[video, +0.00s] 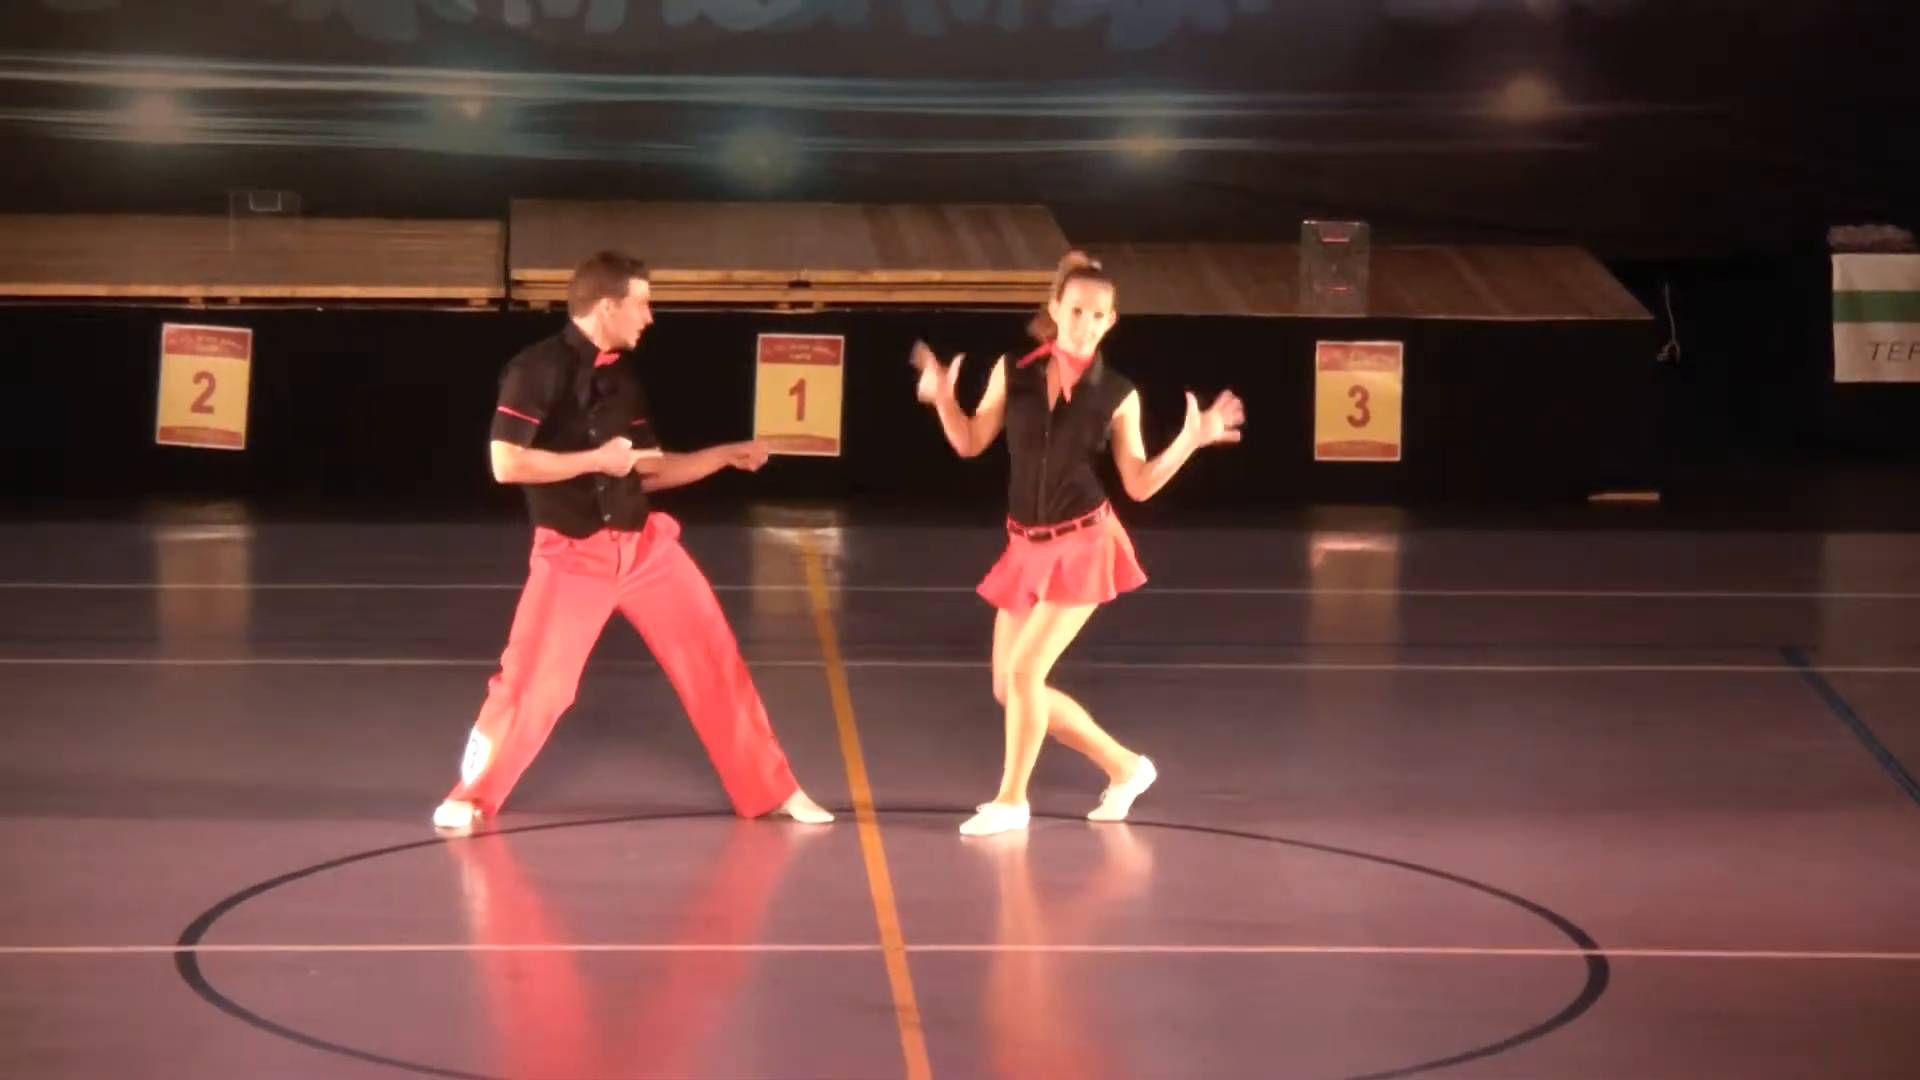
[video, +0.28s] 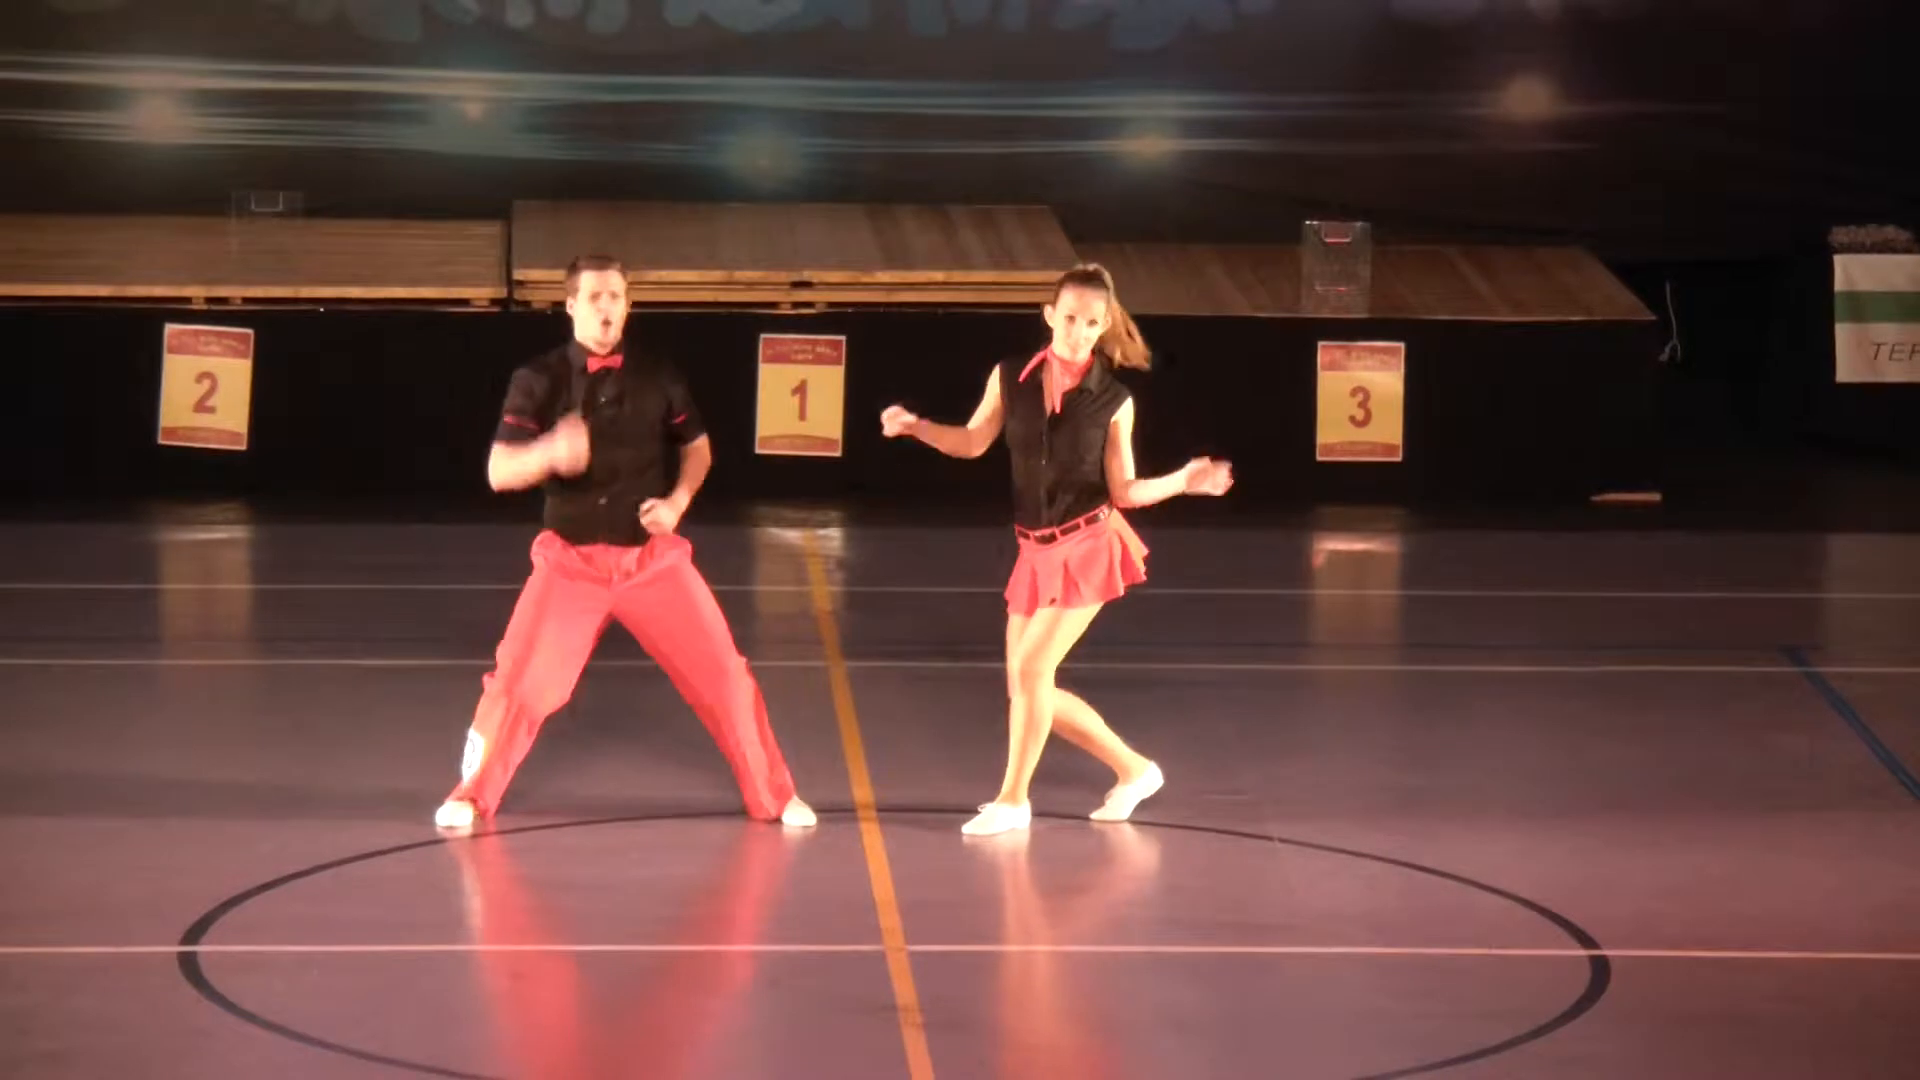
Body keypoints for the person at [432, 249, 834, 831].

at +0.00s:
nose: (647, 318)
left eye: (647, 306)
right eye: (640, 305)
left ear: (610, 307)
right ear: (603, 306)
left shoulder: (621, 373)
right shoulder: (537, 369)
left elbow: (650, 472)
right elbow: (506, 463)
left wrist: (727, 455)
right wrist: (595, 459)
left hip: (648, 547)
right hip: (570, 557)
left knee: (716, 660)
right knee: (533, 683)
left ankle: (773, 790)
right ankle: (469, 800)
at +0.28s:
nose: (607, 309)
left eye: (615, 297)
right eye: (594, 297)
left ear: (628, 304)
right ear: (570, 305)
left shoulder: (656, 375)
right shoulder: (539, 379)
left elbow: (697, 446)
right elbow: (500, 471)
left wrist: (678, 500)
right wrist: (550, 452)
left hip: (655, 561)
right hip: (568, 564)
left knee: (724, 674)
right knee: (519, 679)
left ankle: (776, 799)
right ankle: (470, 799)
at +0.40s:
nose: (615, 286)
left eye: (625, 275)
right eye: (604, 275)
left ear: (643, 283)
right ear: (587, 284)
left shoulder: (661, 361)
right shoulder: (558, 335)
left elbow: (686, 434)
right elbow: (498, 372)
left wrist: (671, 481)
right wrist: (533, 292)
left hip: (648, 537)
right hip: (568, 537)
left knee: (710, 660)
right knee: (529, 666)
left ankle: (763, 791)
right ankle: (470, 795)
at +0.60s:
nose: (621, 295)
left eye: (632, 284)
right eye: (611, 284)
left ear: (652, 297)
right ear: (594, 295)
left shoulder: (667, 375)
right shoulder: (564, 348)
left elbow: (705, 473)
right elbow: (488, 358)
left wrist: (678, 461)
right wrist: (521, 284)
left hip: (651, 553)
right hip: (570, 549)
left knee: (726, 647)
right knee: (525, 666)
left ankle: (733, 786)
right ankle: (453, 795)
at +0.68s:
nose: (618, 281)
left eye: (631, 271)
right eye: (609, 269)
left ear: (649, 281)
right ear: (592, 277)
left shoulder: (673, 350)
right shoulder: (561, 346)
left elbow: (723, 411)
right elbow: (492, 415)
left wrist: (702, 334)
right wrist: (533, 378)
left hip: (656, 537)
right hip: (570, 535)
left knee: (713, 658)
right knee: (518, 658)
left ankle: (748, 781)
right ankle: (461, 793)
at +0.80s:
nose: (610, 290)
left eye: (622, 280)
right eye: (601, 278)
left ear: (641, 291)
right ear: (586, 286)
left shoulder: (663, 347)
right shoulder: (565, 367)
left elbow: (742, 354)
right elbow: (552, 449)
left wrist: (715, 272)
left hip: (652, 541)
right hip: (575, 542)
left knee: (702, 662)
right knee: (507, 659)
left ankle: (771, 778)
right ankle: (496, 798)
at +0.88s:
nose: (607, 298)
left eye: (619, 287)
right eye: (598, 285)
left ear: (641, 297)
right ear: (583, 292)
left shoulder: (669, 361)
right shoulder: (561, 376)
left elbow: (752, 401)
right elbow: (551, 455)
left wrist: (702, 345)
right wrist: (561, 478)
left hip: (661, 554)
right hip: (577, 554)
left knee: (712, 675)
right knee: (503, 666)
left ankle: (777, 779)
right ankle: (497, 794)